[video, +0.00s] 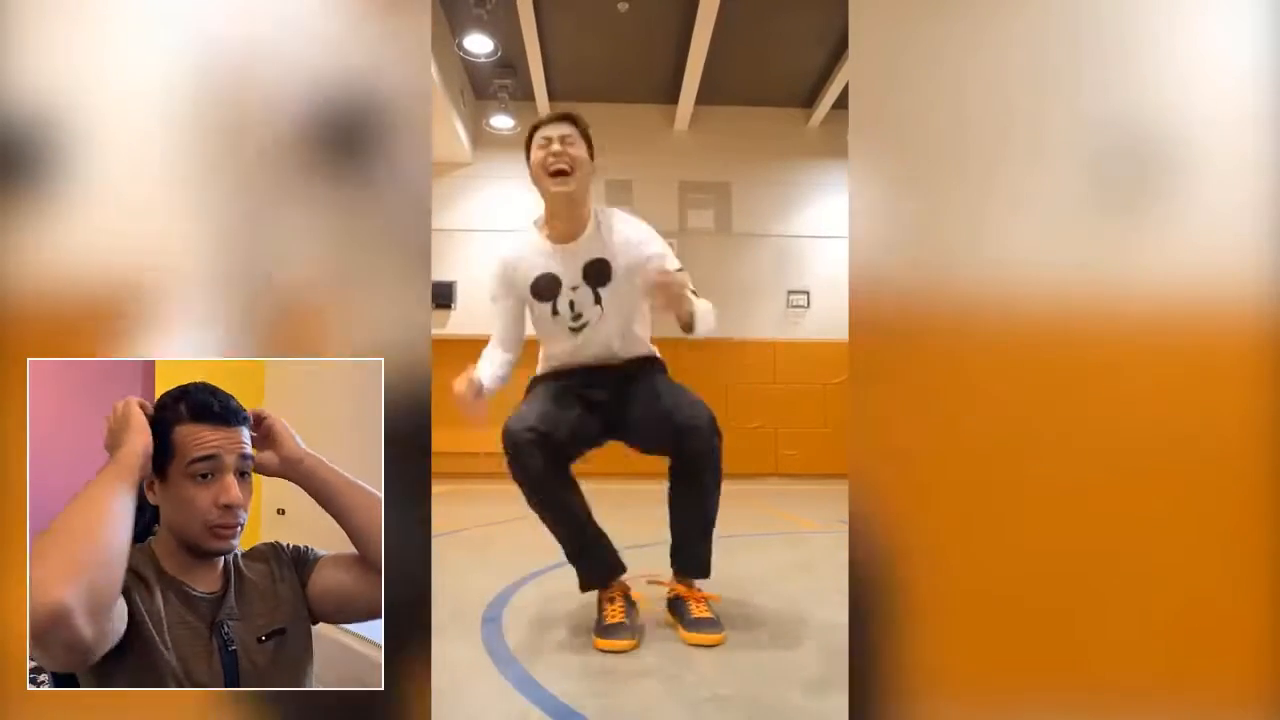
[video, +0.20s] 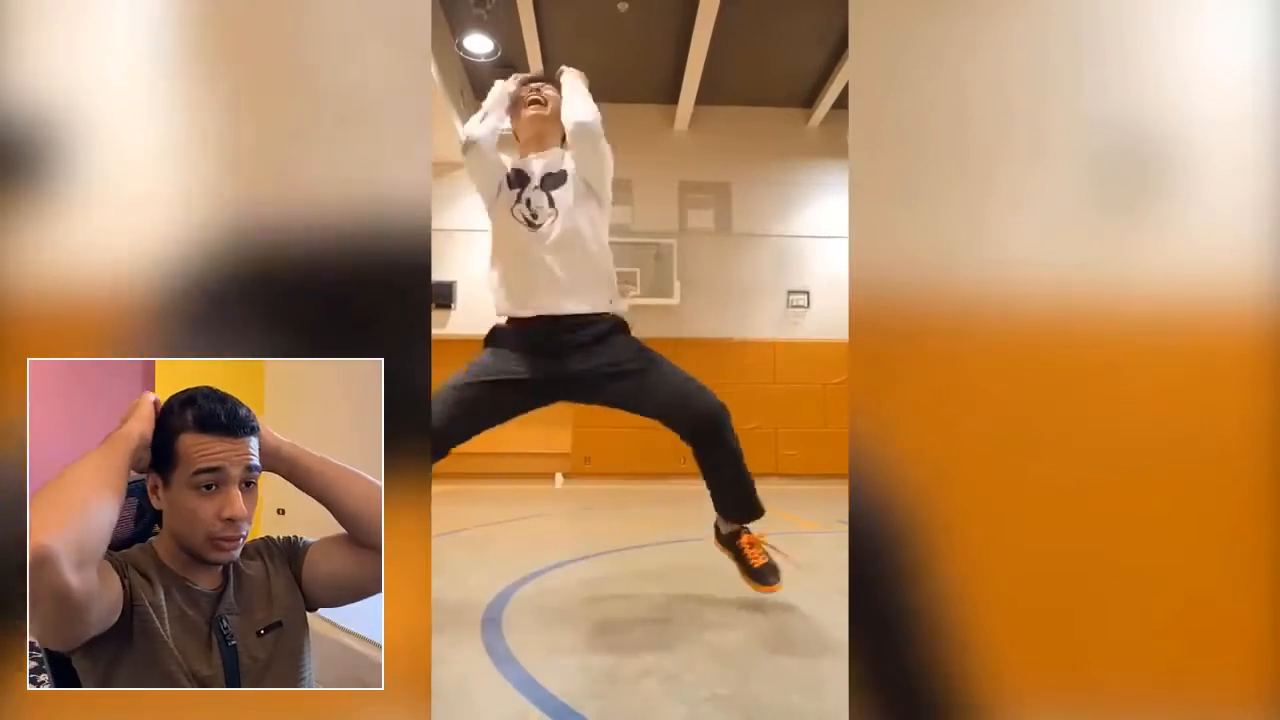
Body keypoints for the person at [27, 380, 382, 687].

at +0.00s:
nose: (233, 497)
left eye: (241, 473)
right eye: (204, 475)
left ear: (254, 477)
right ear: (154, 486)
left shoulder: (281, 574)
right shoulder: (120, 586)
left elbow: (403, 569)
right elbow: (57, 613)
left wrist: (299, 463)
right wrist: (126, 461)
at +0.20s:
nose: (237, 511)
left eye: (248, 484)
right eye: (208, 486)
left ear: (260, 484)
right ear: (158, 492)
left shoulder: (279, 570)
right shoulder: (115, 592)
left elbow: (395, 545)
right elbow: (49, 555)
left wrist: (271, 448)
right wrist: (128, 440)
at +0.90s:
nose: (250, 524)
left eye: (261, 493)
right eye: (219, 497)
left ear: (268, 493)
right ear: (168, 503)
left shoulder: (284, 571)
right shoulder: (121, 602)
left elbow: (398, 548)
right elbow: (81, 551)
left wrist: (264, 489)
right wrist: (145, 474)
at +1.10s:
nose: (257, 523)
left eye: (266, 493)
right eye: (225, 497)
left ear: (272, 494)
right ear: (171, 503)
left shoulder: (286, 574)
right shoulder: (121, 602)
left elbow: (400, 554)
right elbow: (79, 547)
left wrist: (268, 493)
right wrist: (149, 473)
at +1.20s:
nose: (259, 523)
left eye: (268, 494)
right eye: (227, 496)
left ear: (273, 495)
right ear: (173, 503)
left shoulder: (286, 574)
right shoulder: (121, 601)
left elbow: (400, 555)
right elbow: (81, 545)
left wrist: (268, 493)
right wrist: (151, 473)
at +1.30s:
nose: (261, 522)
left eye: (269, 493)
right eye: (229, 495)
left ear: (274, 494)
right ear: (173, 503)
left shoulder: (285, 574)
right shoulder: (121, 598)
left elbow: (399, 553)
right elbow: (78, 542)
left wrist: (268, 494)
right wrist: (153, 472)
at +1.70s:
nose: (266, 523)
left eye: (276, 496)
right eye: (236, 497)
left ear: (280, 497)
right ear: (178, 502)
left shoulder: (284, 576)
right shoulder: (116, 601)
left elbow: (398, 556)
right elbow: (76, 528)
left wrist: (270, 498)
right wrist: (158, 477)